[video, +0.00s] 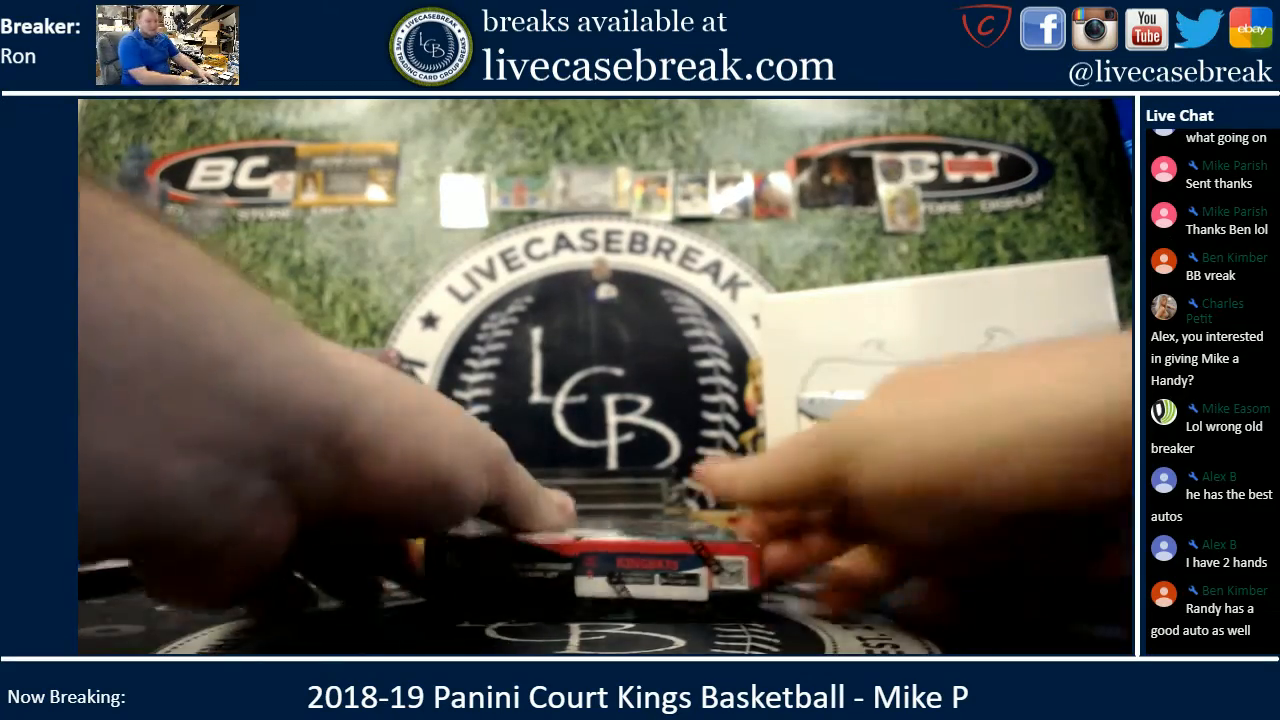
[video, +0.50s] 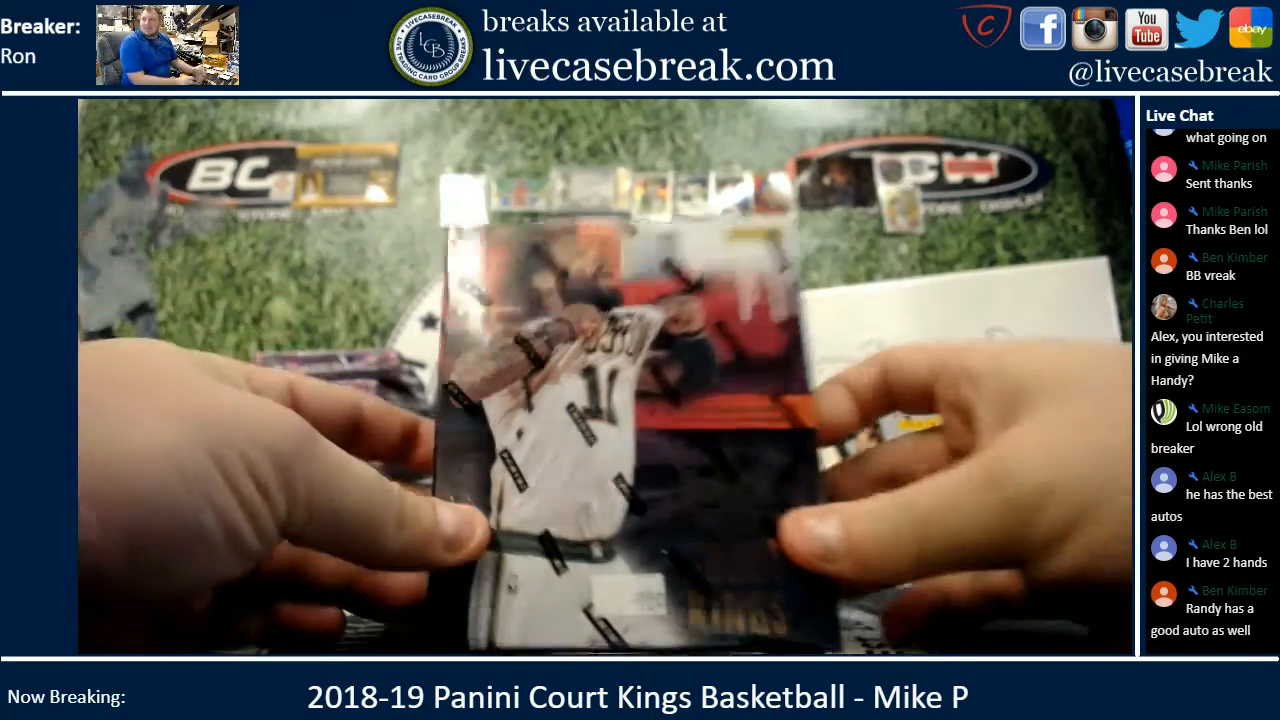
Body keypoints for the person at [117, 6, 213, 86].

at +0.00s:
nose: (153, 25)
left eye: (156, 21)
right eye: (148, 21)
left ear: (159, 22)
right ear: (138, 21)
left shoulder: (162, 39)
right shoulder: (129, 42)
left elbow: (179, 57)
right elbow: (143, 78)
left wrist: (199, 70)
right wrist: (181, 80)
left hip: (165, 91)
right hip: (139, 96)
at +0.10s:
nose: (150, 25)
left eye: (153, 21)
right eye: (145, 21)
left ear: (158, 23)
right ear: (138, 22)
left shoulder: (163, 39)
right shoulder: (129, 42)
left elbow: (178, 58)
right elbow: (144, 78)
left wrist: (197, 70)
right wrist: (182, 81)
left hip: (165, 90)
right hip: (139, 95)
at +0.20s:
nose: (148, 26)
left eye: (152, 21)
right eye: (144, 21)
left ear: (158, 22)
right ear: (138, 22)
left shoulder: (163, 39)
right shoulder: (130, 42)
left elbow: (177, 60)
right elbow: (142, 79)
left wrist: (196, 71)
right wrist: (181, 81)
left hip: (165, 92)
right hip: (139, 96)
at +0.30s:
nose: (147, 24)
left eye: (151, 20)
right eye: (143, 20)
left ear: (158, 22)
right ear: (139, 21)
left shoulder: (163, 39)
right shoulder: (130, 43)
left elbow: (175, 61)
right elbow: (141, 79)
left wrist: (193, 70)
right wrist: (179, 81)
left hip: (166, 92)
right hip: (139, 95)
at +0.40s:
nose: (147, 24)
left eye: (152, 20)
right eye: (144, 20)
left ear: (159, 22)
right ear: (139, 21)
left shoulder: (164, 39)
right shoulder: (131, 43)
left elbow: (174, 61)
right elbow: (140, 79)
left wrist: (193, 70)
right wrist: (179, 81)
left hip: (166, 91)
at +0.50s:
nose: (147, 24)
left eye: (152, 20)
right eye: (144, 20)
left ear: (160, 22)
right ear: (139, 21)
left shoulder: (164, 39)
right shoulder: (131, 43)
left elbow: (174, 61)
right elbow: (137, 79)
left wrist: (193, 70)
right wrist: (177, 81)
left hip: (166, 90)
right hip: (141, 94)